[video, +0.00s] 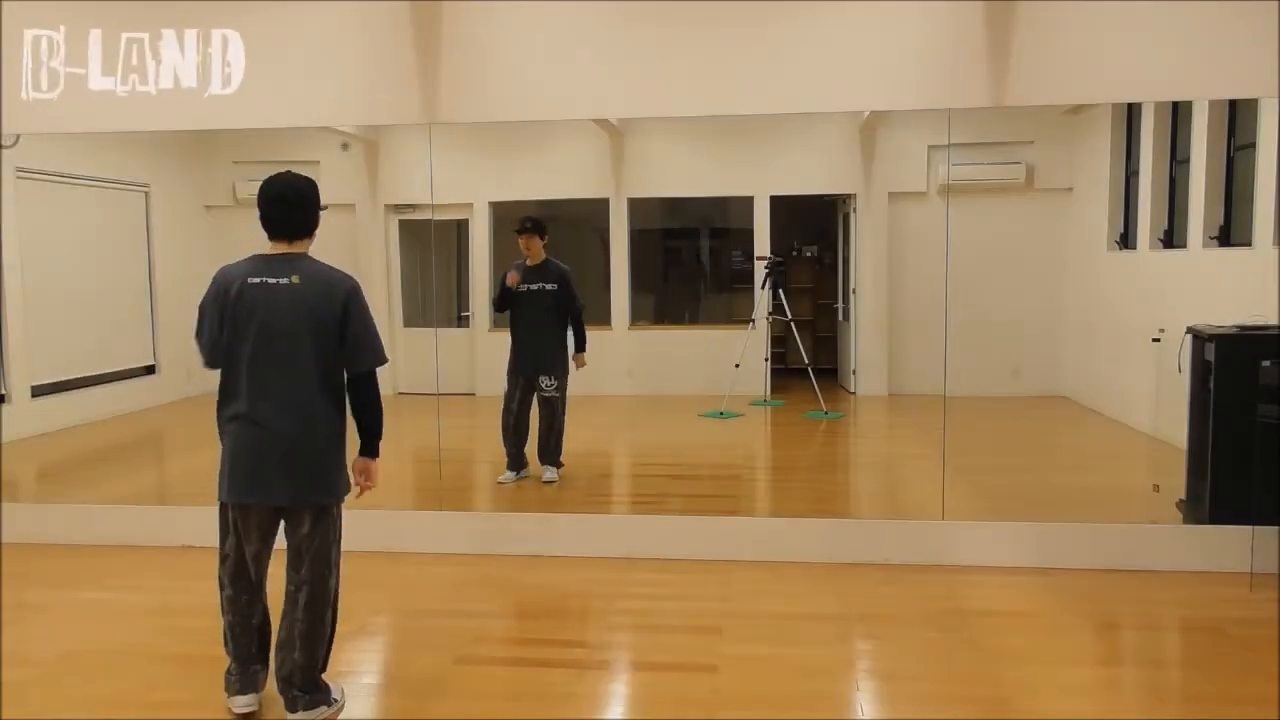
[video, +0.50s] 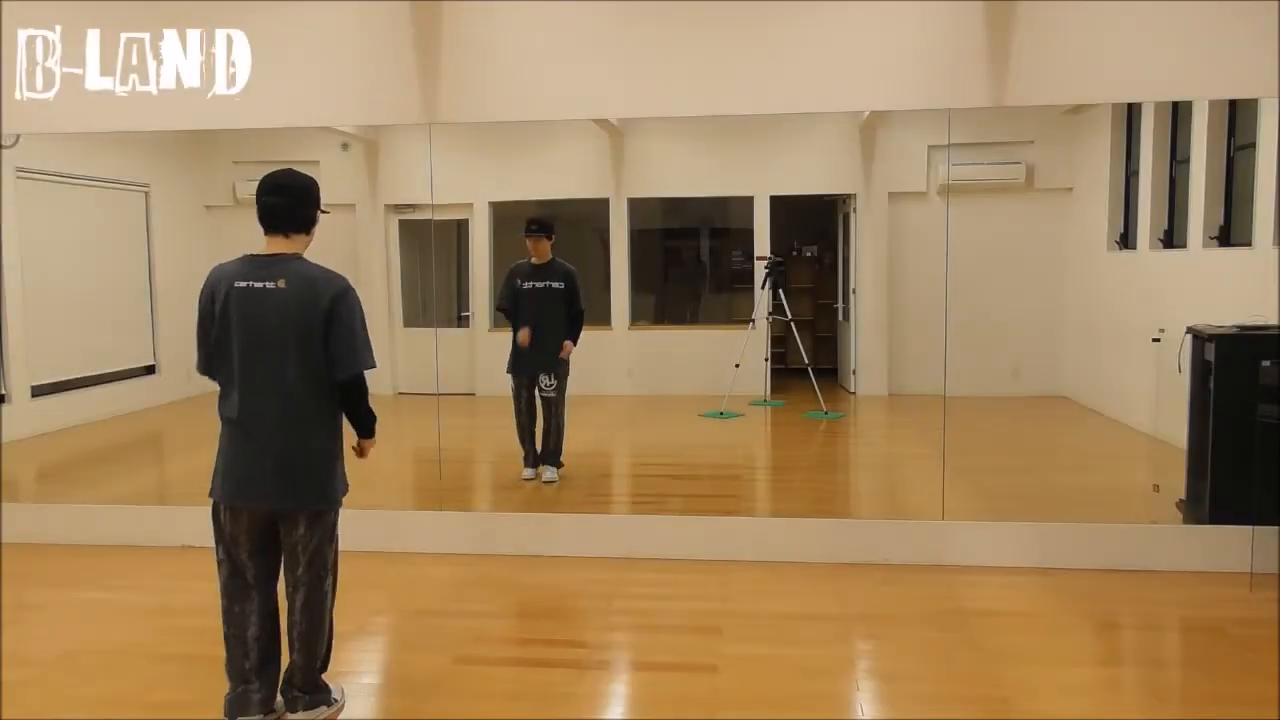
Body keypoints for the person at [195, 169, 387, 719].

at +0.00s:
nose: (314, 221)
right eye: (314, 213)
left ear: (262, 220)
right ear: (316, 220)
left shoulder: (229, 282)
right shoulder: (339, 288)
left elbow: (212, 352)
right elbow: (363, 380)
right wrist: (369, 450)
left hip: (246, 461)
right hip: (316, 461)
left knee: (241, 574)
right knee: (313, 578)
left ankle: (243, 684)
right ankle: (303, 690)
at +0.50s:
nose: (320, 218)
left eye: (316, 209)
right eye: (317, 211)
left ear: (261, 217)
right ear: (312, 218)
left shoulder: (222, 281)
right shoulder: (331, 289)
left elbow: (213, 366)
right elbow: (347, 380)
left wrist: (261, 386)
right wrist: (366, 426)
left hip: (240, 471)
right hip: (309, 470)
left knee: (245, 586)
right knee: (310, 582)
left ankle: (248, 698)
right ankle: (304, 690)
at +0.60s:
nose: (309, 219)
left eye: (306, 211)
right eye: (308, 212)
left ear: (249, 218)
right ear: (303, 219)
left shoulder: (214, 287)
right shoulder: (321, 289)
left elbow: (214, 386)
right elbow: (337, 384)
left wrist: (210, 455)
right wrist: (352, 447)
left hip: (237, 473)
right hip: (307, 472)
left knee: (243, 591)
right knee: (311, 585)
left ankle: (247, 704)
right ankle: (304, 693)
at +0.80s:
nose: (288, 223)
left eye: (286, 215)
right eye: (288, 216)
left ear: (228, 220)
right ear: (281, 220)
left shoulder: (190, 285)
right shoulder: (303, 282)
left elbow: (152, 355)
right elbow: (364, 351)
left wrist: (138, 402)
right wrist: (374, 404)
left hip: (227, 469)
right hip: (299, 466)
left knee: (237, 586)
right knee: (323, 565)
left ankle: (246, 706)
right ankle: (307, 676)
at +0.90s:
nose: (283, 225)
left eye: (280, 216)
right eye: (282, 217)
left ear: (223, 222)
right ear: (274, 221)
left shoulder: (183, 284)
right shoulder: (296, 281)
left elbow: (131, 349)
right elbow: (346, 342)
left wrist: (185, 340)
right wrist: (378, 340)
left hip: (224, 460)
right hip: (294, 453)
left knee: (234, 587)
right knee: (340, 516)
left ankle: (246, 705)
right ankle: (292, 593)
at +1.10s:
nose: (282, 233)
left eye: (282, 225)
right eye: (282, 225)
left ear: (222, 226)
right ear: (272, 227)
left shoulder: (177, 285)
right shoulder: (295, 279)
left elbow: (120, 298)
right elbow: (374, 283)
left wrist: (184, 312)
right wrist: (317, 290)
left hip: (225, 458)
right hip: (295, 444)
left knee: (242, 578)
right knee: (347, 485)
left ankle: (246, 704)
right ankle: (300, 563)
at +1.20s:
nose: (285, 231)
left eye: (283, 225)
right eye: (284, 224)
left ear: (225, 227)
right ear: (277, 225)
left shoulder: (184, 274)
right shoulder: (296, 265)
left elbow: (149, 252)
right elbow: (364, 238)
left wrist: (200, 243)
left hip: (224, 455)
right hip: (295, 449)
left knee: (238, 576)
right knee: (335, 520)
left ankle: (245, 703)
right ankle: (349, 630)